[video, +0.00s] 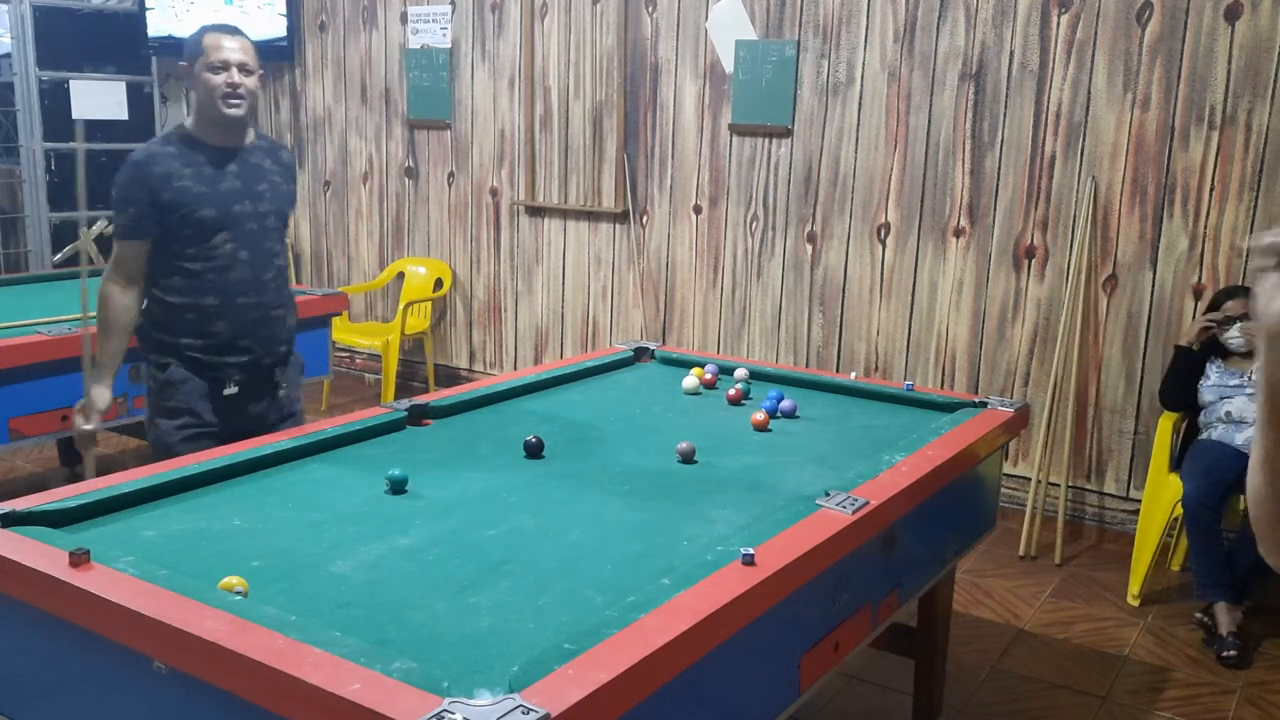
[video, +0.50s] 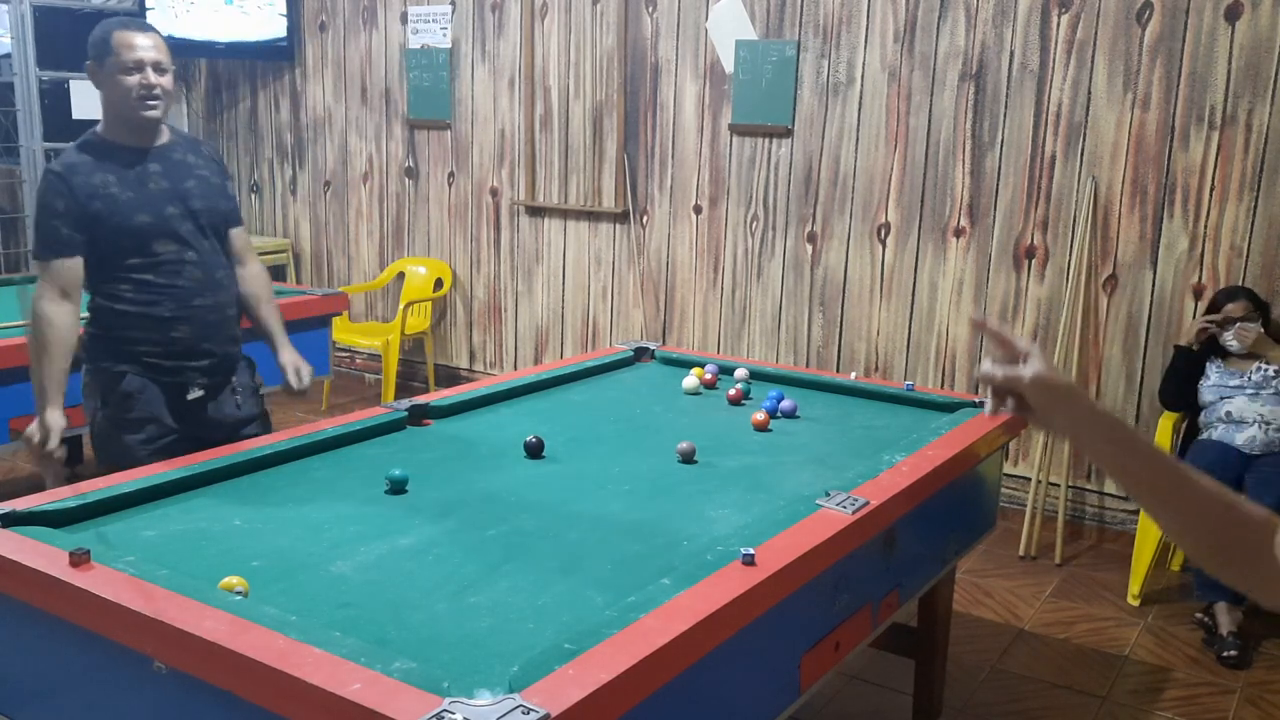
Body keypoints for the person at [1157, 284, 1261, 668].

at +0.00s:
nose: (1237, 328)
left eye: (1245, 319)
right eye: (1227, 321)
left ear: (1261, 321)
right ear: (1214, 327)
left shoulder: (1271, 360)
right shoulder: (1207, 363)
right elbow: (1171, 400)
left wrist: (1268, 346)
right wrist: (1190, 345)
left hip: (1268, 446)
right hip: (1219, 441)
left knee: (1269, 512)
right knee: (1197, 495)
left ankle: (1223, 603)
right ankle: (1221, 608)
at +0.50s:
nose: (1236, 330)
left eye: (1245, 321)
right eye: (1226, 323)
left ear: (1262, 322)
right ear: (1212, 326)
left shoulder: (1274, 358)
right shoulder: (1207, 362)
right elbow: (1171, 401)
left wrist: (1270, 350)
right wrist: (1191, 345)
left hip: (1272, 446)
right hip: (1219, 441)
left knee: (1261, 515)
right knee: (1206, 506)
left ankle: (1221, 604)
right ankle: (1225, 614)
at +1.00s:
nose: (1240, 331)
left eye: (1249, 321)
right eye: (1230, 323)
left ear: (1265, 322)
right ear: (1215, 327)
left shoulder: (1275, 357)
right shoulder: (1208, 360)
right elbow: (1171, 400)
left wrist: (1270, 352)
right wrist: (1192, 346)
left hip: (1272, 449)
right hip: (1219, 442)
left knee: (1267, 512)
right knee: (1197, 496)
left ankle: (1219, 604)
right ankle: (1224, 610)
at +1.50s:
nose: (1238, 325)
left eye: (1248, 317)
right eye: (1229, 318)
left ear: (1265, 321)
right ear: (1217, 323)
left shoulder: (1276, 358)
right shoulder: (1208, 359)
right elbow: (1171, 399)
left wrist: (1279, 338)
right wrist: (1193, 345)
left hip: (1272, 449)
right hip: (1219, 442)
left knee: (1268, 511)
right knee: (1197, 498)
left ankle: (1222, 604)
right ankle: (1225, 611)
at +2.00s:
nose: (1233, 326)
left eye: (1242, 318)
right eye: (1223, 320)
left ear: (1262, 321)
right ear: (1211, 326)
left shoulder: (1276, 355)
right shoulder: (1205, 361)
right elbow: (1171, 400)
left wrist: (1276, 331)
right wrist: (1188, 348)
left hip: (1271, 450)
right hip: (1218, 443)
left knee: (1268, 511)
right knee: (1197, 499)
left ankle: (1221, 604)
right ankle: (1224, 612)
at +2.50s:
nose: (1233, 324)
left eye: (1240, 315)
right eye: (1221, 319)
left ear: (1257, 317)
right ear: (1208, 326)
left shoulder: (1275, 354)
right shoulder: (1204, 360)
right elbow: (1171, 400)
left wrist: (1277, 333)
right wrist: (1185, 348)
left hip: (1271, 449)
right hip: (1218, 443)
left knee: (1268, 512)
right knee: (1197, 499)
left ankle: (1221, 604)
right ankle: (1224, 612)